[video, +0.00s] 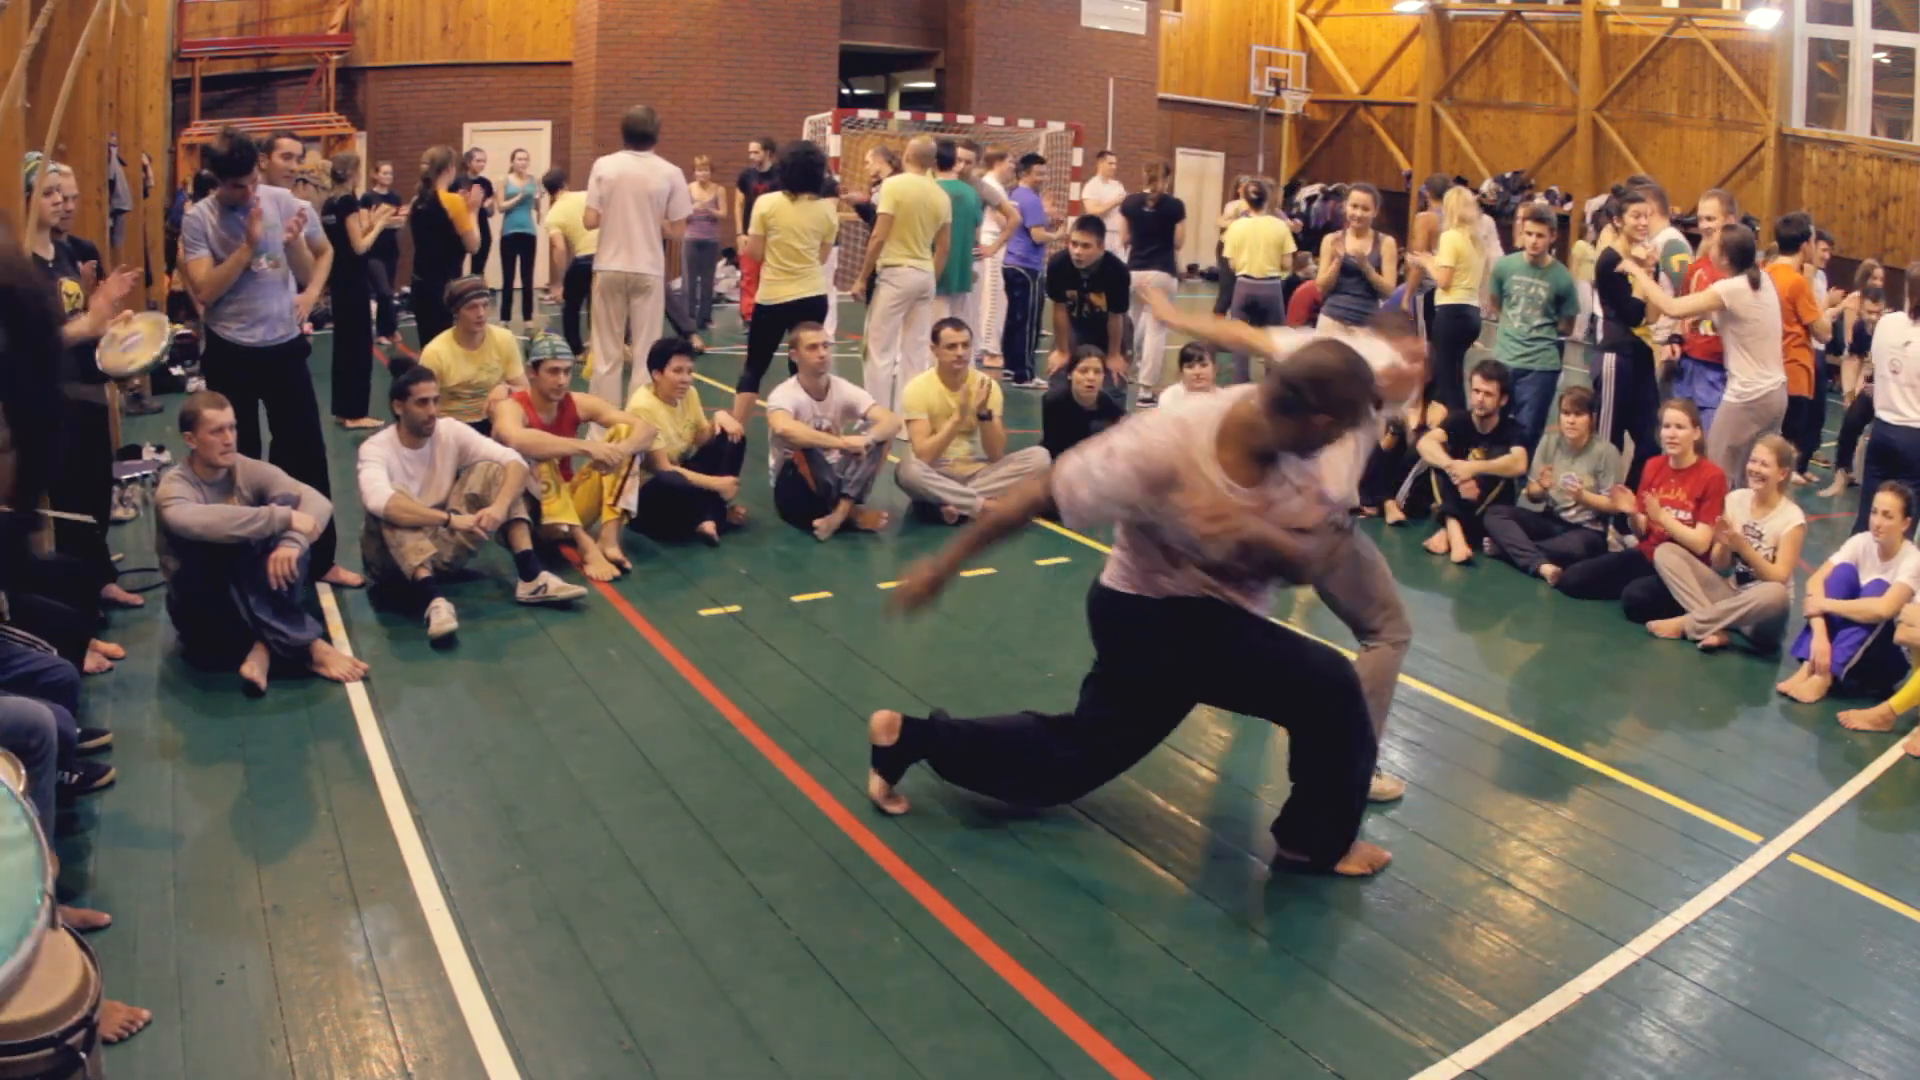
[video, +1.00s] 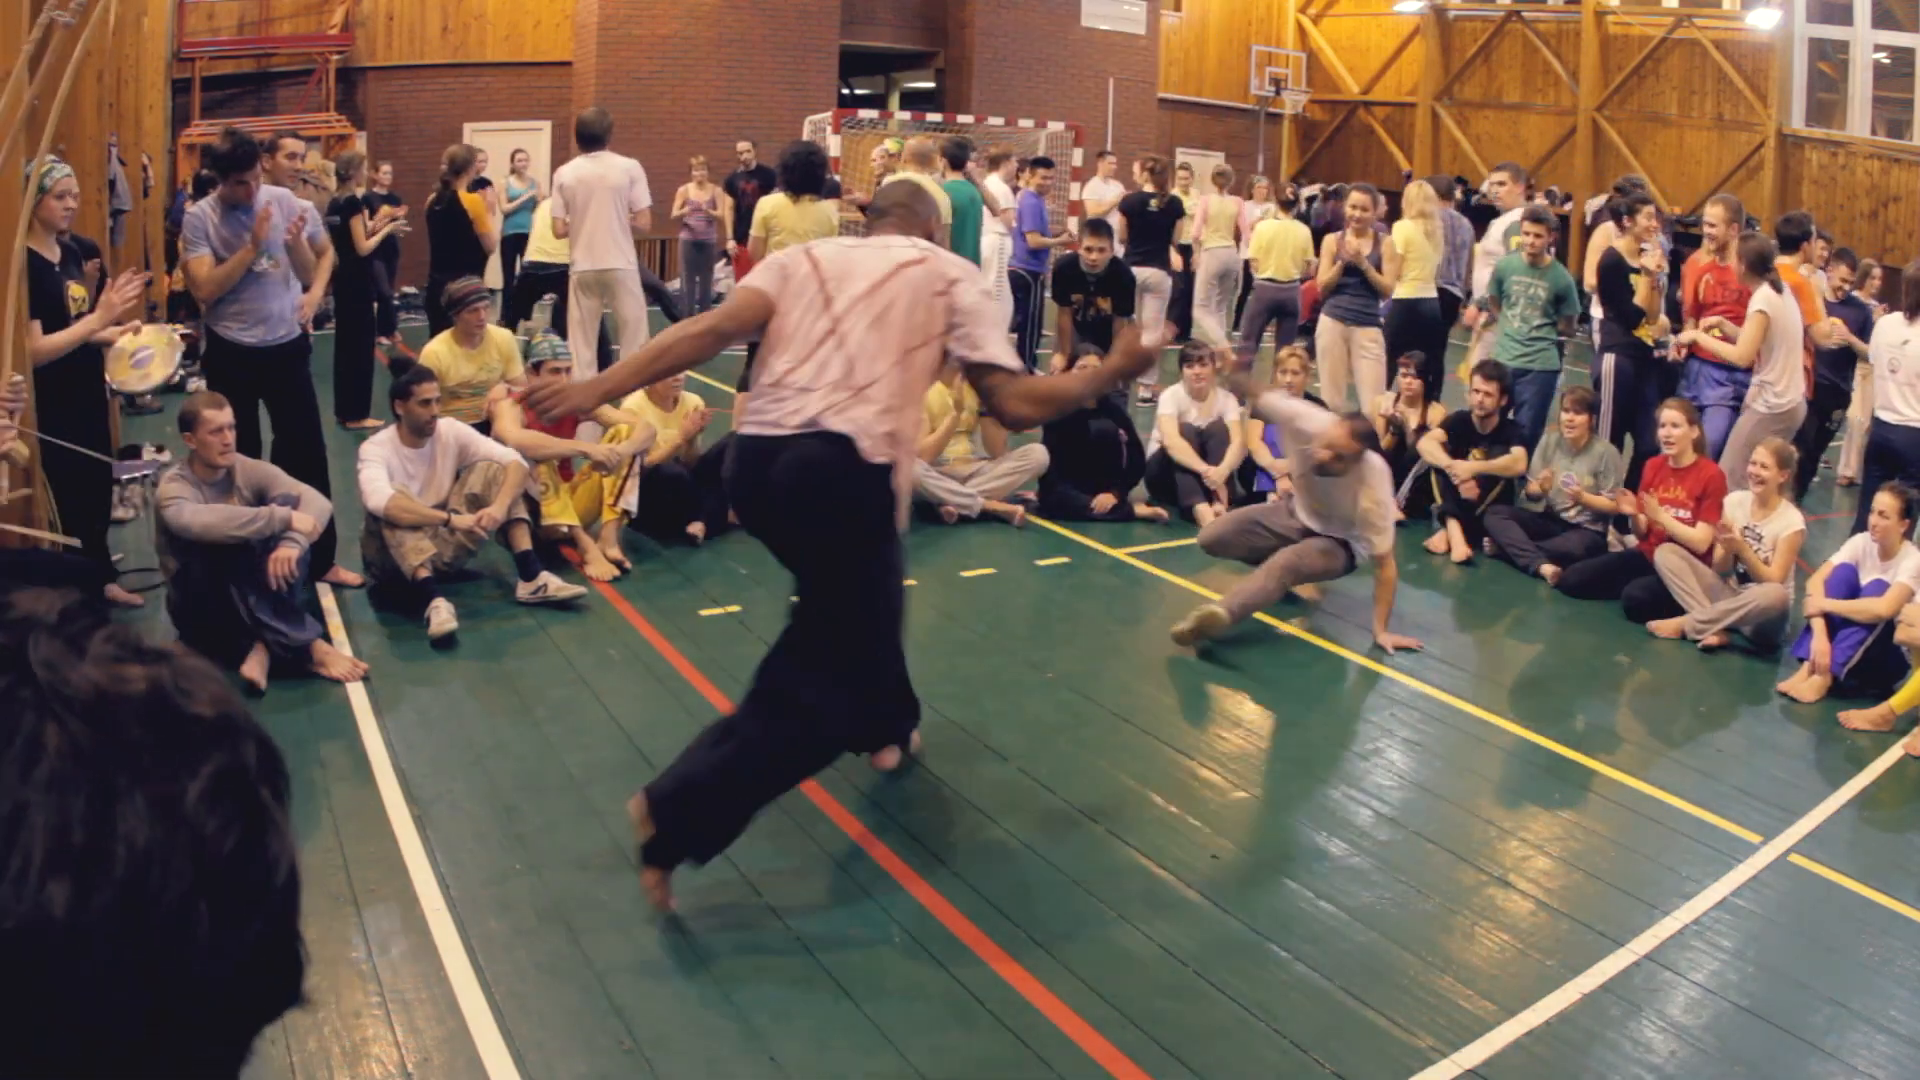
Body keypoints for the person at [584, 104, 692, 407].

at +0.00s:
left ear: (622, 133)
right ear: (656, 135)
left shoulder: (604, 167)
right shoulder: (670, 173)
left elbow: (590, 220)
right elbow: (678, 230)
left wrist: (617, 210)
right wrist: (652, 220)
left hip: (608, 268)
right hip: (649, 269)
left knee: (605, 351)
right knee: (647, 354)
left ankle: (600, 430)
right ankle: (639, 430)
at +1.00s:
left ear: (576, 137)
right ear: (609, 135)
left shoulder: (564, 173)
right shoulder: (630, 168)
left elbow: (559, 229)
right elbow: (644, 224)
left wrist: (585, 221)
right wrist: (617, 216)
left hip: (583, 266)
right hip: (620, 264)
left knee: (582, 344)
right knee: (633, 340)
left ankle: (584, 406)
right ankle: (633, 407)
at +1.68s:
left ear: (607, 143)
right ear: (639, 142)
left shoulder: (591, 176)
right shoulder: (659, 174)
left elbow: (581, 229)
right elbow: (675, 228)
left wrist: (609, 228)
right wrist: (645, 228)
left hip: (608, 268)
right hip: (647, 268)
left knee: (596, 351)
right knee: (666, 344)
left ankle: (585, 425)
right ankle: (674, 416)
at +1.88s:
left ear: (635, 140)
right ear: (667, 140)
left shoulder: (619, 169)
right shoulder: (685, 171)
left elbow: (600, 218)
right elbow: (696, 228)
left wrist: (619, 248)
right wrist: (671, 246)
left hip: (633, 263)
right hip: (674, 262)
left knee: (613, 343)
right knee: (684, 342)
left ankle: (596, 420)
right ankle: (689, 415)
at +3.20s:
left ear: (613, 139)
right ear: (644, 138)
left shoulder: (602, 168)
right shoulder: (666, 168)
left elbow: (572, 205)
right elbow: (672, 224)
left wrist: (569, 252)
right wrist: (655, 247)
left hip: (621, 265)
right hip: (660, 262)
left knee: (616, 344)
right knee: (670, 341)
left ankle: (618, 418)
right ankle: (673, 414)